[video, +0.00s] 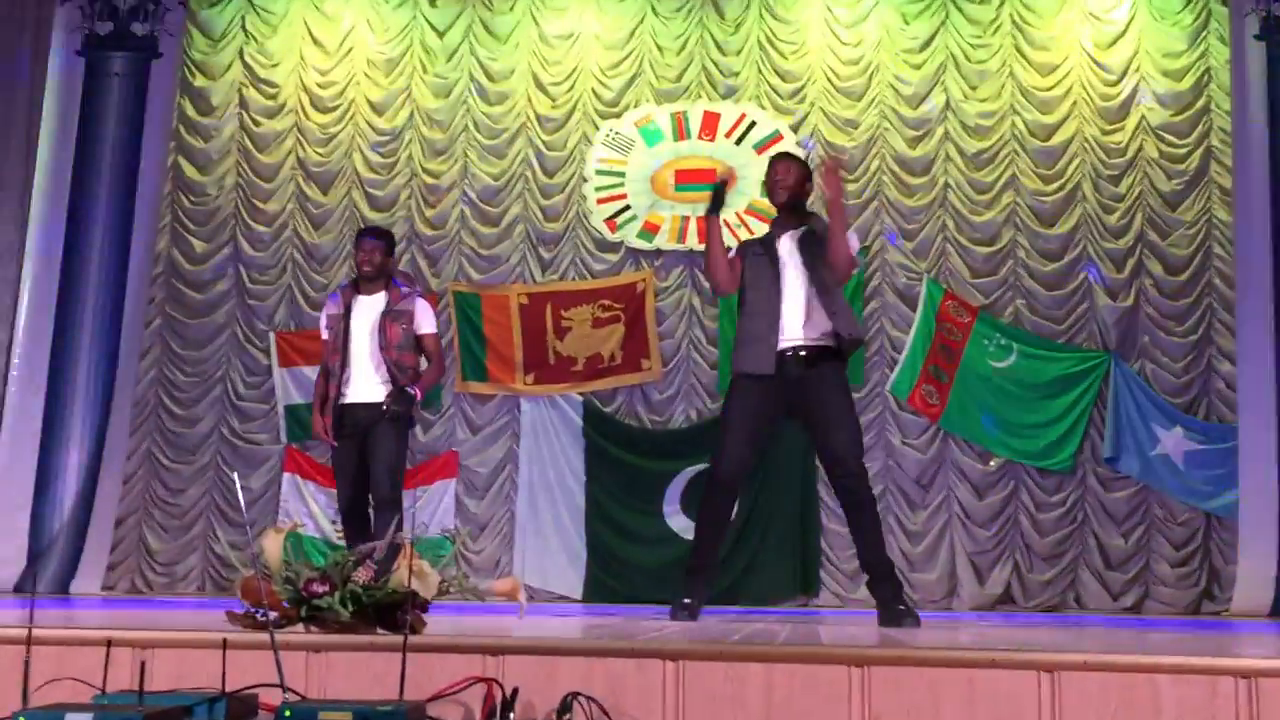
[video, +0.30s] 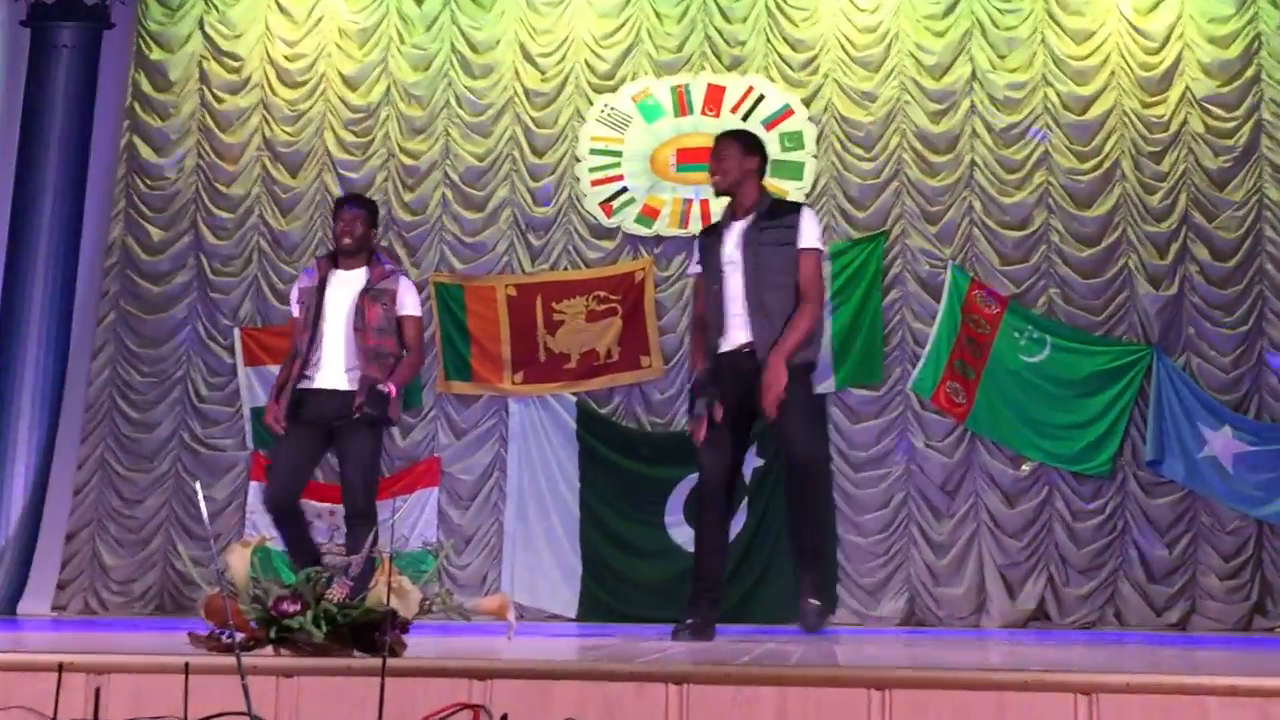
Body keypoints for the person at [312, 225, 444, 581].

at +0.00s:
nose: (366, 259)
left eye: (375, 253)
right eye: (361, 252)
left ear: (390, 260)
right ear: (353, 256)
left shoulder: (414, 304)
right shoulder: (335, 304)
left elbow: (437, 364)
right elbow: (326, 365)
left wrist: (416, 391)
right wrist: (317, 410)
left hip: (388, 413)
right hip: (344, 415)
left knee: (386, 497)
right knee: (349, 502)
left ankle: (383, 579)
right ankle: (362, 578)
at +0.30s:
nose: (345, 229)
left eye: (355, 223)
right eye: (340, 222)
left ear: (373, 231)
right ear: (332, 228)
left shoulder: (396, 284)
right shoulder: (310, 279)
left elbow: (414, 353)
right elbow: (297, 348)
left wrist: (389, 389)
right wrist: (278, 396)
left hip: (361, 407)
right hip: (308, 406)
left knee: (359, 505)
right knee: (279, 496)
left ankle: (354, 600)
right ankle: (314, 581)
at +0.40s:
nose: (334, 234)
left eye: (344, 227)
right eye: (329, 226)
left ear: (360, 236)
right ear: (320, 232)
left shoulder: (384, 289)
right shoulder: (298, 284)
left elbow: (402, 359)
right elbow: (285, 355)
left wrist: (378, 399)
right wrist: (264, 403)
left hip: (348, 416)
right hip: (293, 414)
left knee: (348, 515)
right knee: (260, 503)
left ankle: (346, 613)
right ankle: (276, 602)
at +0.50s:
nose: (321, 238)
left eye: (331, 231)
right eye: (315, 230)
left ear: (347, 239)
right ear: (306, 236)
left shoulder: (372, 293)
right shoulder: (283, 288)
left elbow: (391, 362)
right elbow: (272, 357)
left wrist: (368, 406)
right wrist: (254, 404)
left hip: (338, 421)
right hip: (281, 418)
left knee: (339, 523)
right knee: (253, 515)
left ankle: (338, 621)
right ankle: (241, 615)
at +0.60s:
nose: (312, 238)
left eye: (322, 231)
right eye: (306, 230)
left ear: (339, 238)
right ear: (297, 235)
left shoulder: (363, 292)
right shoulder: (272, 289)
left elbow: (382, 363)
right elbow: (256, 357)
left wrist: (364, 407)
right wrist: (244, 404)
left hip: (330, 419)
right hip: (274, 416)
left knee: (335, 521)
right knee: (250, 516)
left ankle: (337, 618)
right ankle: (239, 614)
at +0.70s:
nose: (306, 234)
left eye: (315, 227)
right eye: (299, 226)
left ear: (331, 234)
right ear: (290, 232)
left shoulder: (357, 289)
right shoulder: (263, 286)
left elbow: (373, 359)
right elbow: (246, 354)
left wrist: (365, 405)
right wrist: (236, 407)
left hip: (328, 416)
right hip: (271, 415)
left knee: (339, 519)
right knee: (253, 517)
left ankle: (346, 616)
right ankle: (247, 616)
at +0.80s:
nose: (295, 228)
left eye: (305, 221)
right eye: (288, 221)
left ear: (321, 229)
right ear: (280, 227)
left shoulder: (347, 284)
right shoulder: (253, 283)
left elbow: (364, 352)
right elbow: (233, 352)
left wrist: (360, 399)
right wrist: (231, 405)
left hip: (325, 412)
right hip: (268, 412)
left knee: (341, 515)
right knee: (255, 517)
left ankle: (351, 613)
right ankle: (249, 616)